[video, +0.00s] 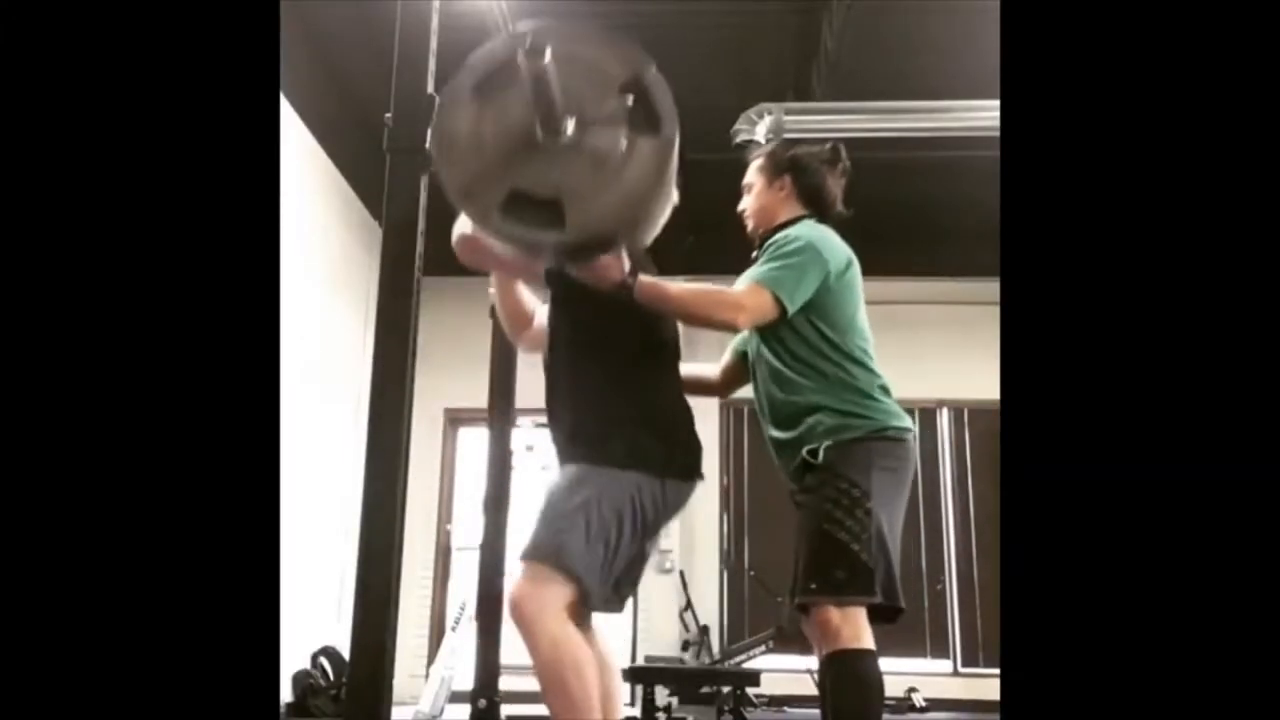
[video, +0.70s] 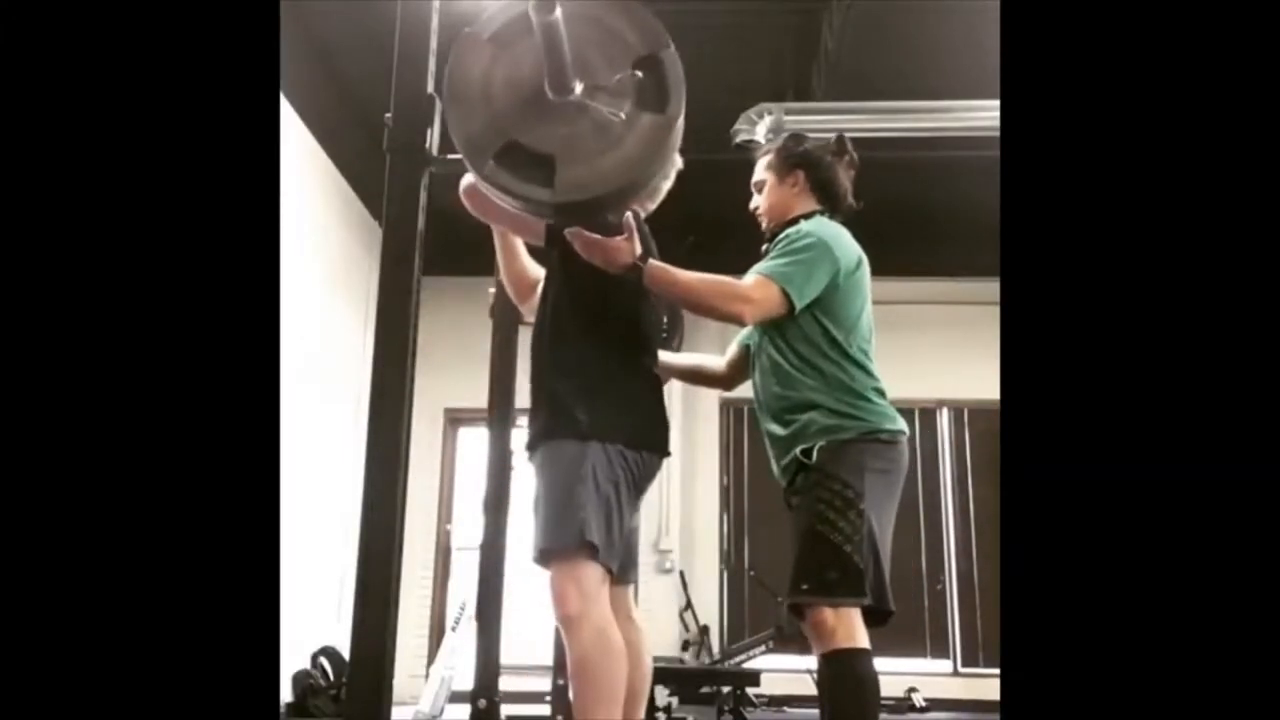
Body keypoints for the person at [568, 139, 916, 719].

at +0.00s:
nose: (741, 202)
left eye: (749, 187)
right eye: (743, 189)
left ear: (785, 187)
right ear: (789, 192)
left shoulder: (811, 241)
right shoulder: (775, 272)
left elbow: (743, 308)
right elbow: (723, 380)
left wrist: (630, 282)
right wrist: (637, 369)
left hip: (862, 442)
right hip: (827, 453)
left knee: (837, 612)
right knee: (822, 618)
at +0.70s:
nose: (752, 203)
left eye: (760, 187)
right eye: (751, 190)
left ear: (796, 182)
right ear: (795, 187)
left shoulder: (822, 238)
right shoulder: (786, 270)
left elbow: (750, 301)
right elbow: (727, 372)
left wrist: (638, 264)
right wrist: (643, 355)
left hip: (853, 443)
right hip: (817, 453)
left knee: (831, 610)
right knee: (823, 616)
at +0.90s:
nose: (690, 387)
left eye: (696, 372)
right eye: (690, 374)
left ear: (733, 370)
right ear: (736, 374)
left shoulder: (780, 417)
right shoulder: (754, 437)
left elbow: (736, 522)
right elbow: (720, 555)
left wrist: (622, 522)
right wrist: (636, 551)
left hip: (936, 557)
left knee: (792, 602)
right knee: (793, 610)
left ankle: (826, 714)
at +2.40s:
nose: (696, 305)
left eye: (702, 290)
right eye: (696, 292)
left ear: (736, 288)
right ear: (739, 289)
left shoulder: (779, 338)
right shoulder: (760, 355)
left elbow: (731, 428)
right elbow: (724, 464)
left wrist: (613, 424)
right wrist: (677, 512)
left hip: (912, 490)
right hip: (877, 497)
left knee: (806, 604)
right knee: (804, 607)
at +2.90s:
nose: (704, 246)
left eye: (713, 231)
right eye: (707, 232)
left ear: (750, 231)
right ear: (751, 235)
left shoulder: (776, 284)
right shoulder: (757, 301)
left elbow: (713, 362)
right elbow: (714, 412)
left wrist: (604, 335)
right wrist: (663, 443)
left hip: (884, 458)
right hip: (855, 466)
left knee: (811, 604)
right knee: (810, 608)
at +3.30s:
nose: (728, 200)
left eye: (737, 187)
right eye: (731, 187)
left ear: (767, 190)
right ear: (773, 193)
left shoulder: (788, 245)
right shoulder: (763, 268)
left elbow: (741, 311)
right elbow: (714, 380)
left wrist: (643, 252)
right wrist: (644, 349)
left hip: (843, 443)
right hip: (817, 453)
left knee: (821, 615)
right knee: (820, 618)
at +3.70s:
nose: (725, 194)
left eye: (733, 183)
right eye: (729, 182)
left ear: (756, 192)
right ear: (774, 198)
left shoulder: (775, 245)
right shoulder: (742, 298)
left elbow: (665, 247)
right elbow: (661, 326)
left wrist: (570, 196)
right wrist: (577, 303)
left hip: (841, 444)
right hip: (816, 455)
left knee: (816, 614)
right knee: (813, 617)